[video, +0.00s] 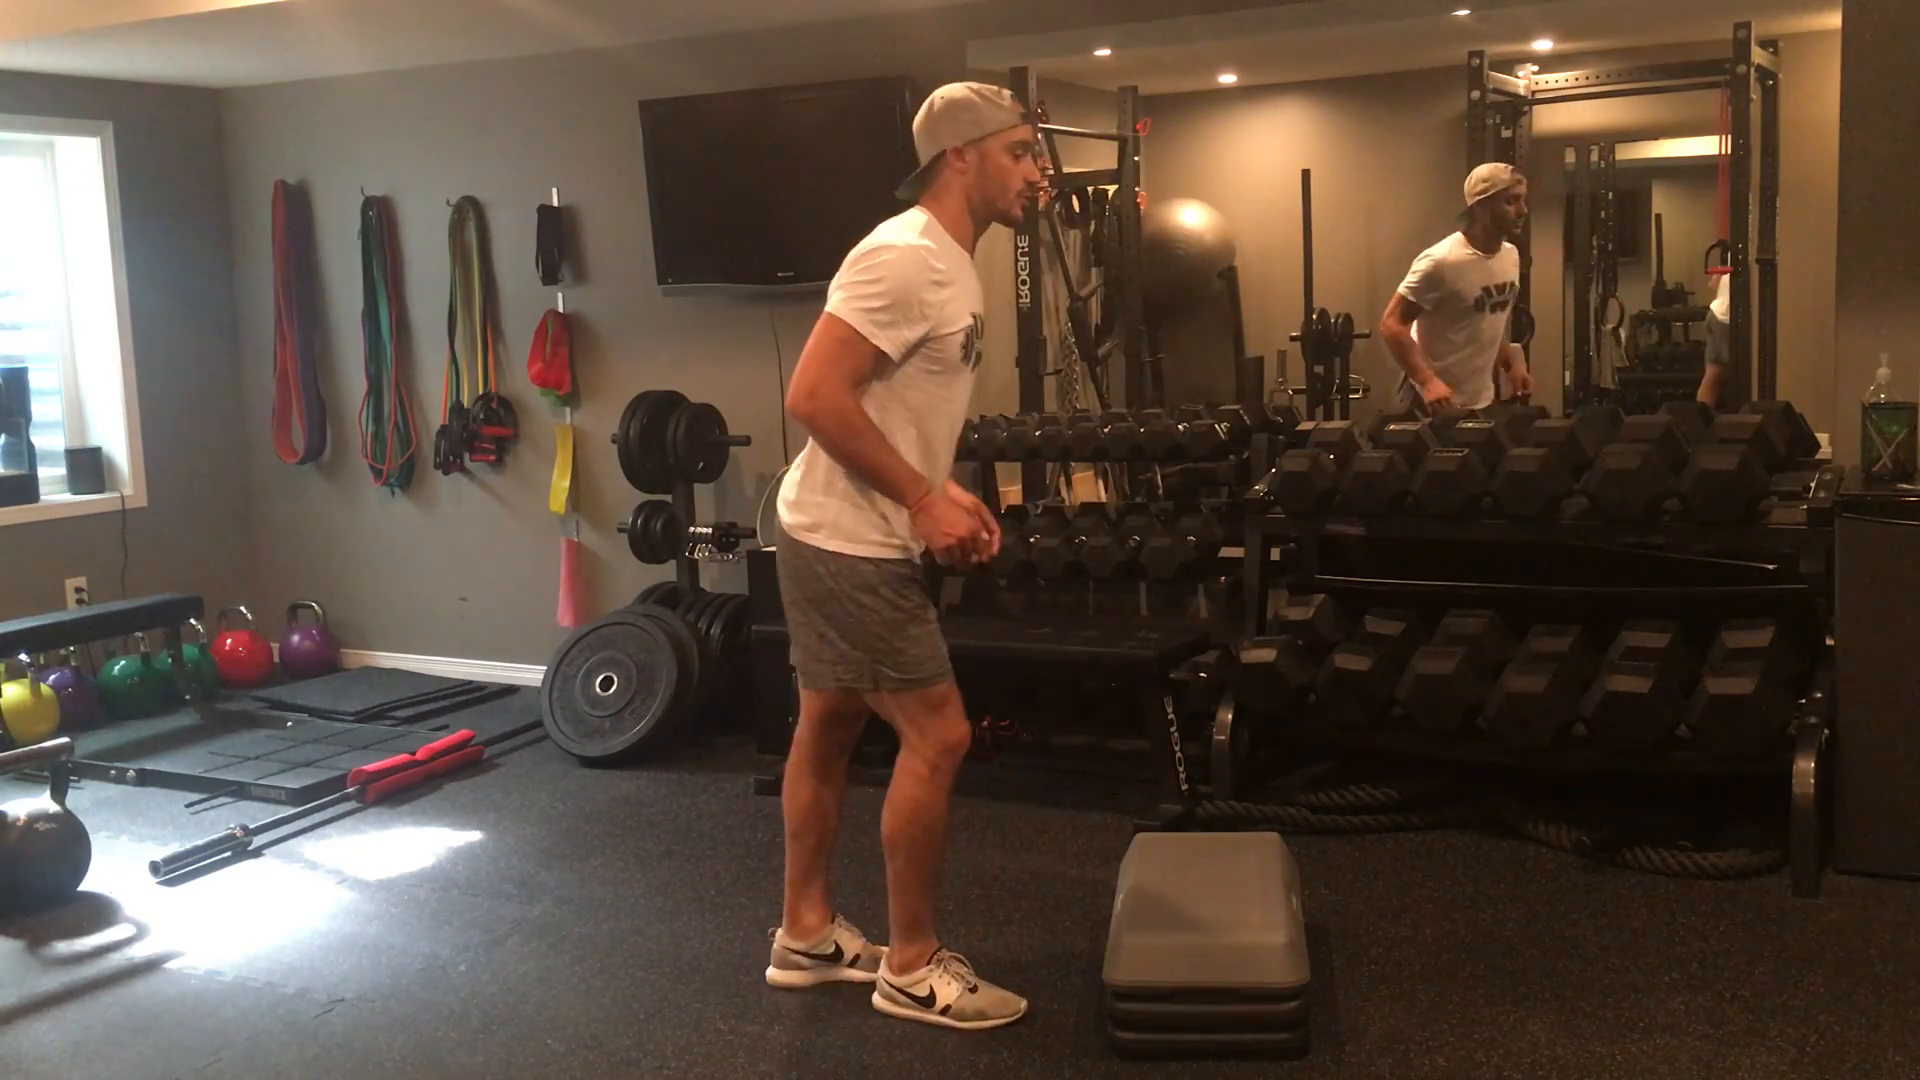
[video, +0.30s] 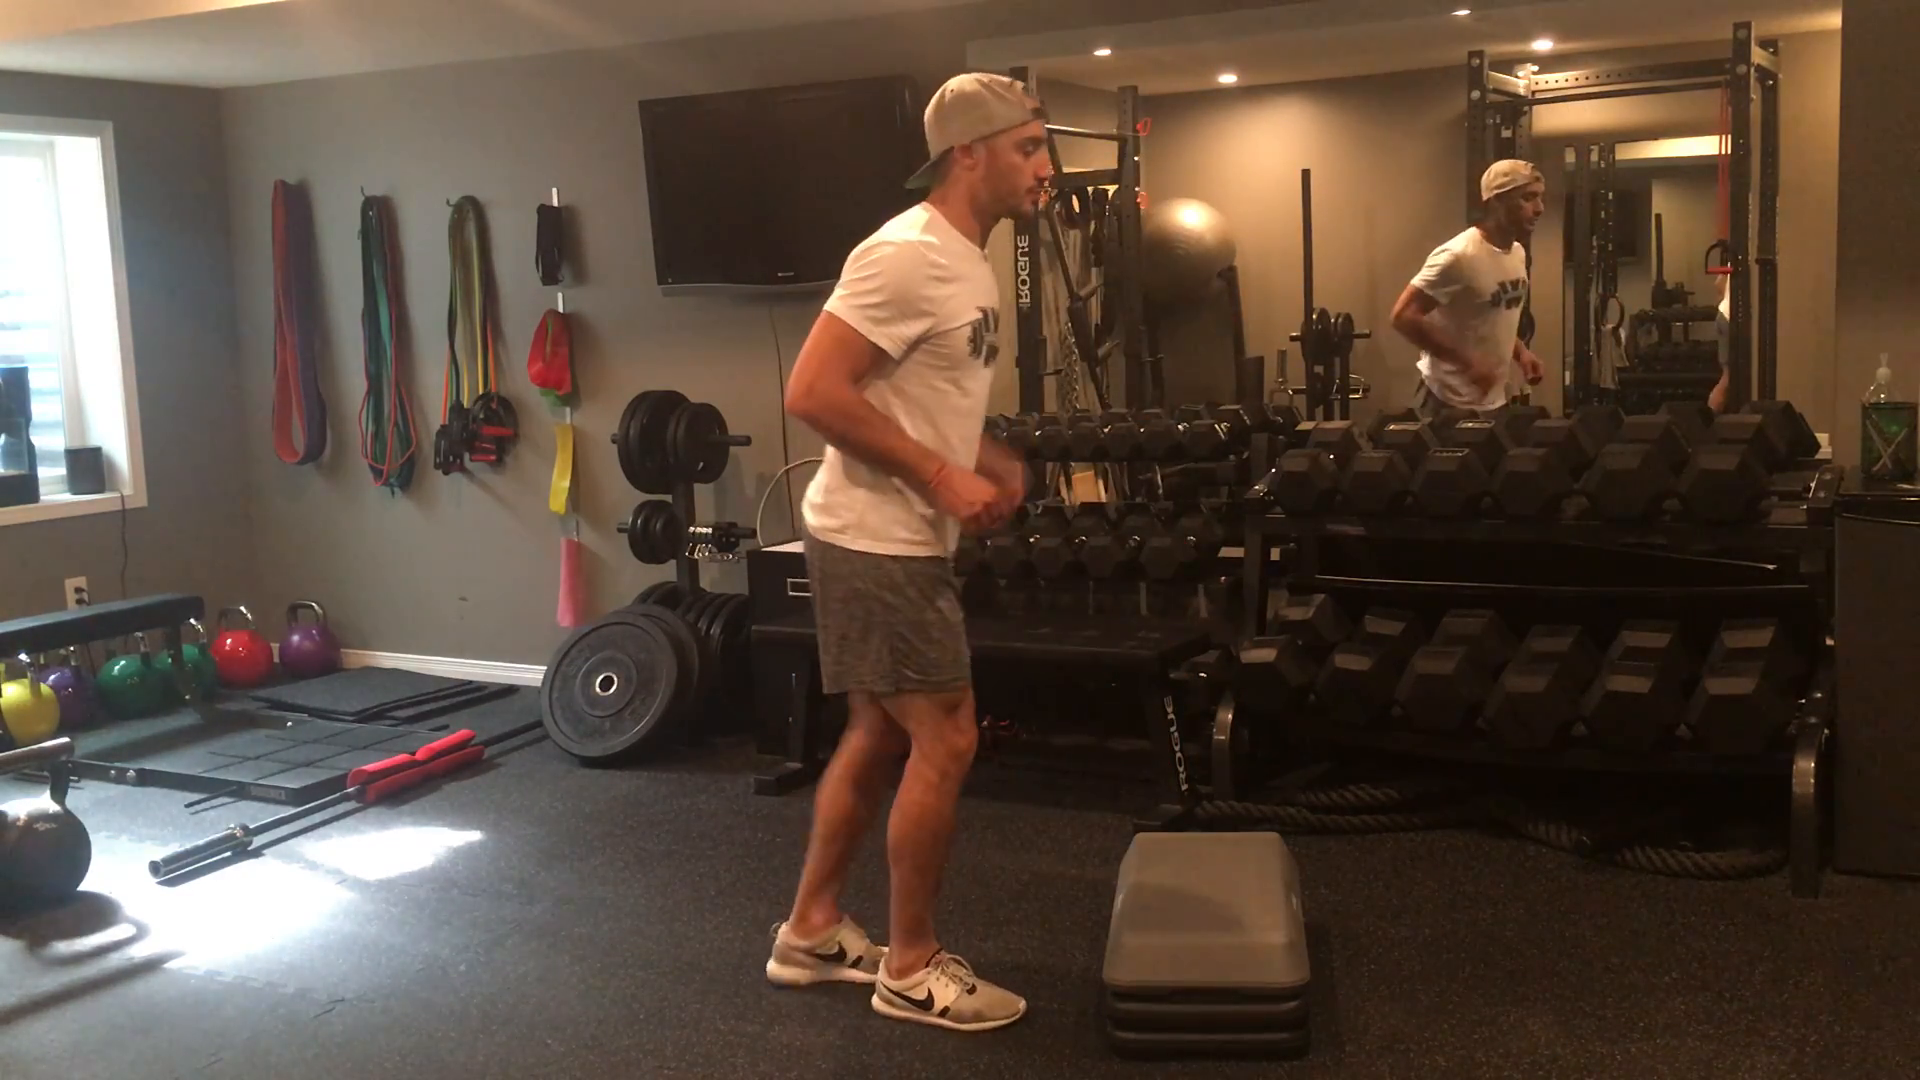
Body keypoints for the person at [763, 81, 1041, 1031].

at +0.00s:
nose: (1035, 171)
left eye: (1034, 154)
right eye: (1019, 153)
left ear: (972, 164)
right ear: (963, 160)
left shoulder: (952, 266)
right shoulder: (902, 254)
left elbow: (898, 417)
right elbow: (815, 393)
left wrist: (945, 498)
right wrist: (921, 497)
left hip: (868, 539)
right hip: (843, 542)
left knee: (826, 727)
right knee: (936, 735)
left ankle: (805, 929)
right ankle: (910, 964)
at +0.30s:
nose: (1045, 165)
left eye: (1044, 147)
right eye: (1030, 147)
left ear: (983, 160)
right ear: (969, 156)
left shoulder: (969, 260)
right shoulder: (906, 253)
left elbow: (909, 396)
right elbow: (812, 389)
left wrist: (978, 454)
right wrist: (937, 473)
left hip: (904, 537)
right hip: (875, 541)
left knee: (876, 733)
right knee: (944, 738)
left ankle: (808, 929)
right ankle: (909, 965)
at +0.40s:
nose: (1056, 154)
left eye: (1054, 137)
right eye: (1040, 137)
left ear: (994, 148)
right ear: (984, 146)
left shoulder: (981, 251)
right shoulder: (925, 250)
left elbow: (916, 398)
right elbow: (834, 392)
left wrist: (1001, 423)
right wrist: (962, 468)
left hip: (938, 533)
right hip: (891, 537)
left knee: (990, 701)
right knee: (932, 740)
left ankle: (845, 879)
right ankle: (907, 965)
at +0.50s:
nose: (1075, 142)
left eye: (1072, 125)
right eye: (1059, 126)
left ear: (1012, 140)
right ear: (999, 138)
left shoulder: (998, 243)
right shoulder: (948, 249)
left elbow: (940, 398)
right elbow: (885, 407)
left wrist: (1009, 477)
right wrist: (1013, 476)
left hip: (976, 524)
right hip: (913, 533)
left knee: (1072, 652)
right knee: (923, 746)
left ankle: (930, 811)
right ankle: (906, 965)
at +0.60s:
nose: (1101, 142)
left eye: (1096, 124)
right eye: (1084, 125)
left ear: (1032, 144)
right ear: (1025, 142)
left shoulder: (1008, 238)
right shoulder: (978, 251)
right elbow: (945, 414)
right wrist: (1075, 462)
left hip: (1005, 518)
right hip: (940, 534)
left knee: (1138, 612)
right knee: (931, 750)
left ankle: (1033, 801)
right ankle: (910, 962)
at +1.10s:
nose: (1172, 6)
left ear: (1111, 10)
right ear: (1105, 1)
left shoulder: (1107, 100)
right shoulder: (1062, 92)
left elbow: (1041, 249)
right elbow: (983, 244)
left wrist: (1130, 287)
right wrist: (1111, 312)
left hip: (1058, 388)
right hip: (1034, 389)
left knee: (1106, 594)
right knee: (1131, 596)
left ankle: (1045, 788)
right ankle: (1101, 830)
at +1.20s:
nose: (1168, 18)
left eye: (1163, 4)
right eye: (1151, 3)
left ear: (1102, 21)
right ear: (1096, 16)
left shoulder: (1089, 123)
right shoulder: (1062, 121)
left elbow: (1037, 273)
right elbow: (995, 275)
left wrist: (1130, 315)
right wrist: (1125, 335)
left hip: (1058, 416)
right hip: (1057, 422)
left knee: (1107, 616)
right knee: (1129, 628)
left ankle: (997, 778)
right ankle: (1095, 863)